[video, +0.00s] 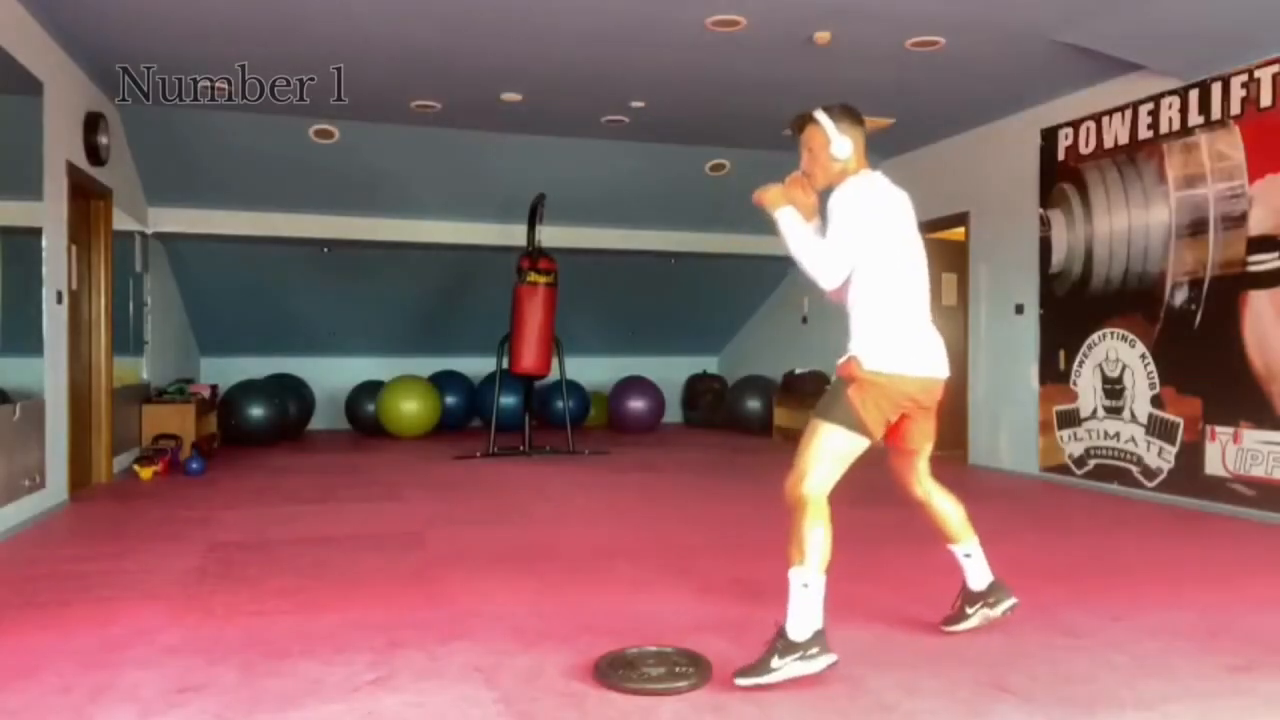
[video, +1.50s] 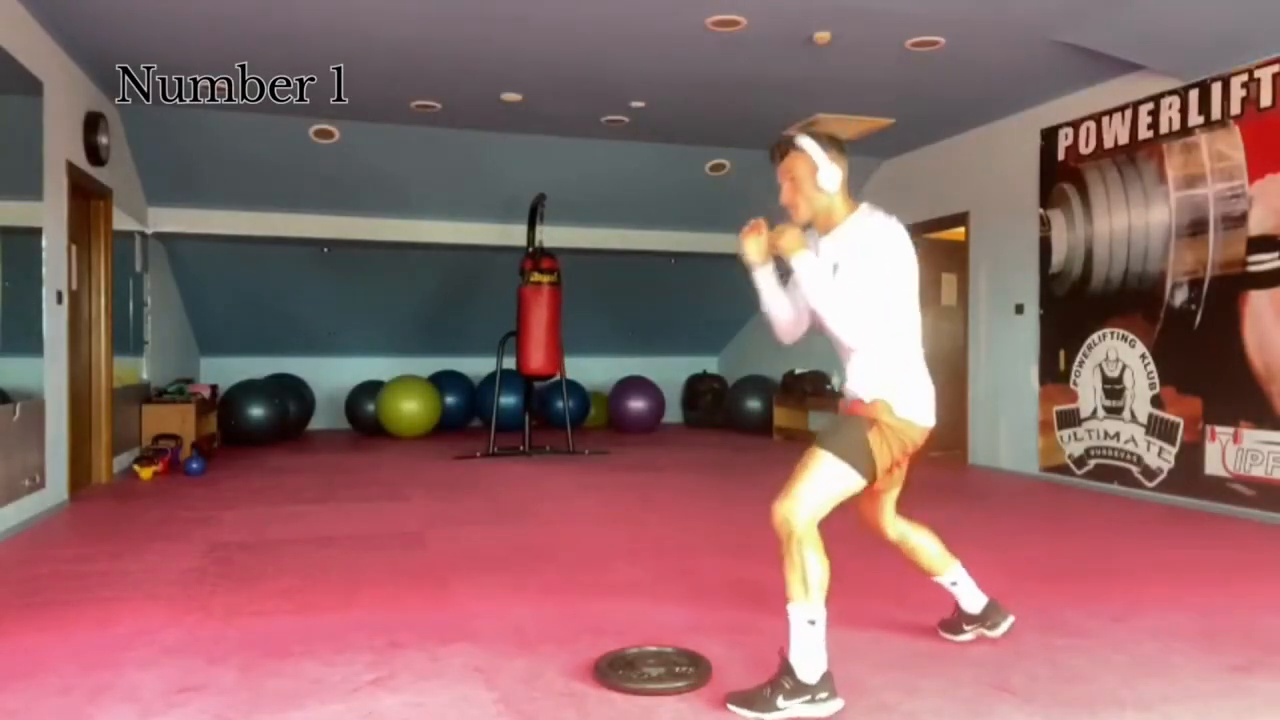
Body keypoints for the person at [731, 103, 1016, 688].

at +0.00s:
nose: (805, 161)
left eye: (810, 149)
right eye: (804, 150)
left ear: (838, 148)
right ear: (855, 149)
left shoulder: (852, 197)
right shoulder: (894, 195)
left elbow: (828, 273)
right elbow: (857, 273)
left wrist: (784, 214)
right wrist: (814, 213)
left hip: (881, 366)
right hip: (925, 367)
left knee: (806, 488)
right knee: (918, 480)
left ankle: (803, 637)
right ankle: (985, 587)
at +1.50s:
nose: (785, 195)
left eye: (793, 181)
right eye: (782, 183)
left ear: (830, 176)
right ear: (795, 184)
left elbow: (859, 332)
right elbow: (790, 327)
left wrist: (799, 258)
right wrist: (761, 266)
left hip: (896, 402)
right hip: (871, 400)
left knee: (793, 514)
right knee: (884, 519)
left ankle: (807, 676)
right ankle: (981, 609)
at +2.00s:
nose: (821, 183)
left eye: (825, 170)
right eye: (820, 171)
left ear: (852, 166)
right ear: (870, 165)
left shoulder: (888, 205)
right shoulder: (914, 204)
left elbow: (827, 266)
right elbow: (887, 311)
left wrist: (825, 196)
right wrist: (848, 226)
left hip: (935, 369)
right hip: (967, 371)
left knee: (842, 474)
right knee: (931, 479)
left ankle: (853, 629)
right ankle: (989, 596)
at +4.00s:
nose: (805, 174)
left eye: (808, 161)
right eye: (803, 164)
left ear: (837, 153)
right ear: (852, 154)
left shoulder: (859, 200)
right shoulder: (890, 199)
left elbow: (805, 267)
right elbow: (852, 298)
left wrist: (775, 204)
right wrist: (809, 224)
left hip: (902, 375)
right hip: (940, 375)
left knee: (823, 494)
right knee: (906, 487)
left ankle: (890, 636)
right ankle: (950, 603)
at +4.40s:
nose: (796, 202)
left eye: (805, 188)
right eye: (789, 193)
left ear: (841, 186)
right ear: (789, 198)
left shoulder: (893, 248)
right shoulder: (802, 244)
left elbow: (889, 343)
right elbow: (742, 299)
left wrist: (821, 275)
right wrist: (733, 254)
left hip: (900, 406)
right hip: (856, 407)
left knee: (822, 523)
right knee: (859, 528)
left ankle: (793, 684)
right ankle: (950, 608)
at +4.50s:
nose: (756, 195)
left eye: (766, 180)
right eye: (752, 184)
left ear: (799, 178)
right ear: (757, 189)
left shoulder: (859, 238)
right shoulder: (787, 249)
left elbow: (849, 337)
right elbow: (732, 309)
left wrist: (782, 262)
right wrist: (713, 254)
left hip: (882, 412)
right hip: (847, 411)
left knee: (781, 526)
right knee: (867, 525)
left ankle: (778, 696)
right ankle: (947, 611)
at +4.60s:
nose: (720, 176)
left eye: (724, 163)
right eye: (719, 165)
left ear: (755, 158)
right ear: (772, 158)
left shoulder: (796, 215)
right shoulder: (822, 203)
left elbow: (766, 306)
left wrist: (720, 235)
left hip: (840, 405)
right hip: (882, 404)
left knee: (742, 524)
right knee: (854, 517)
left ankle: (771, 693)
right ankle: (941, 633)